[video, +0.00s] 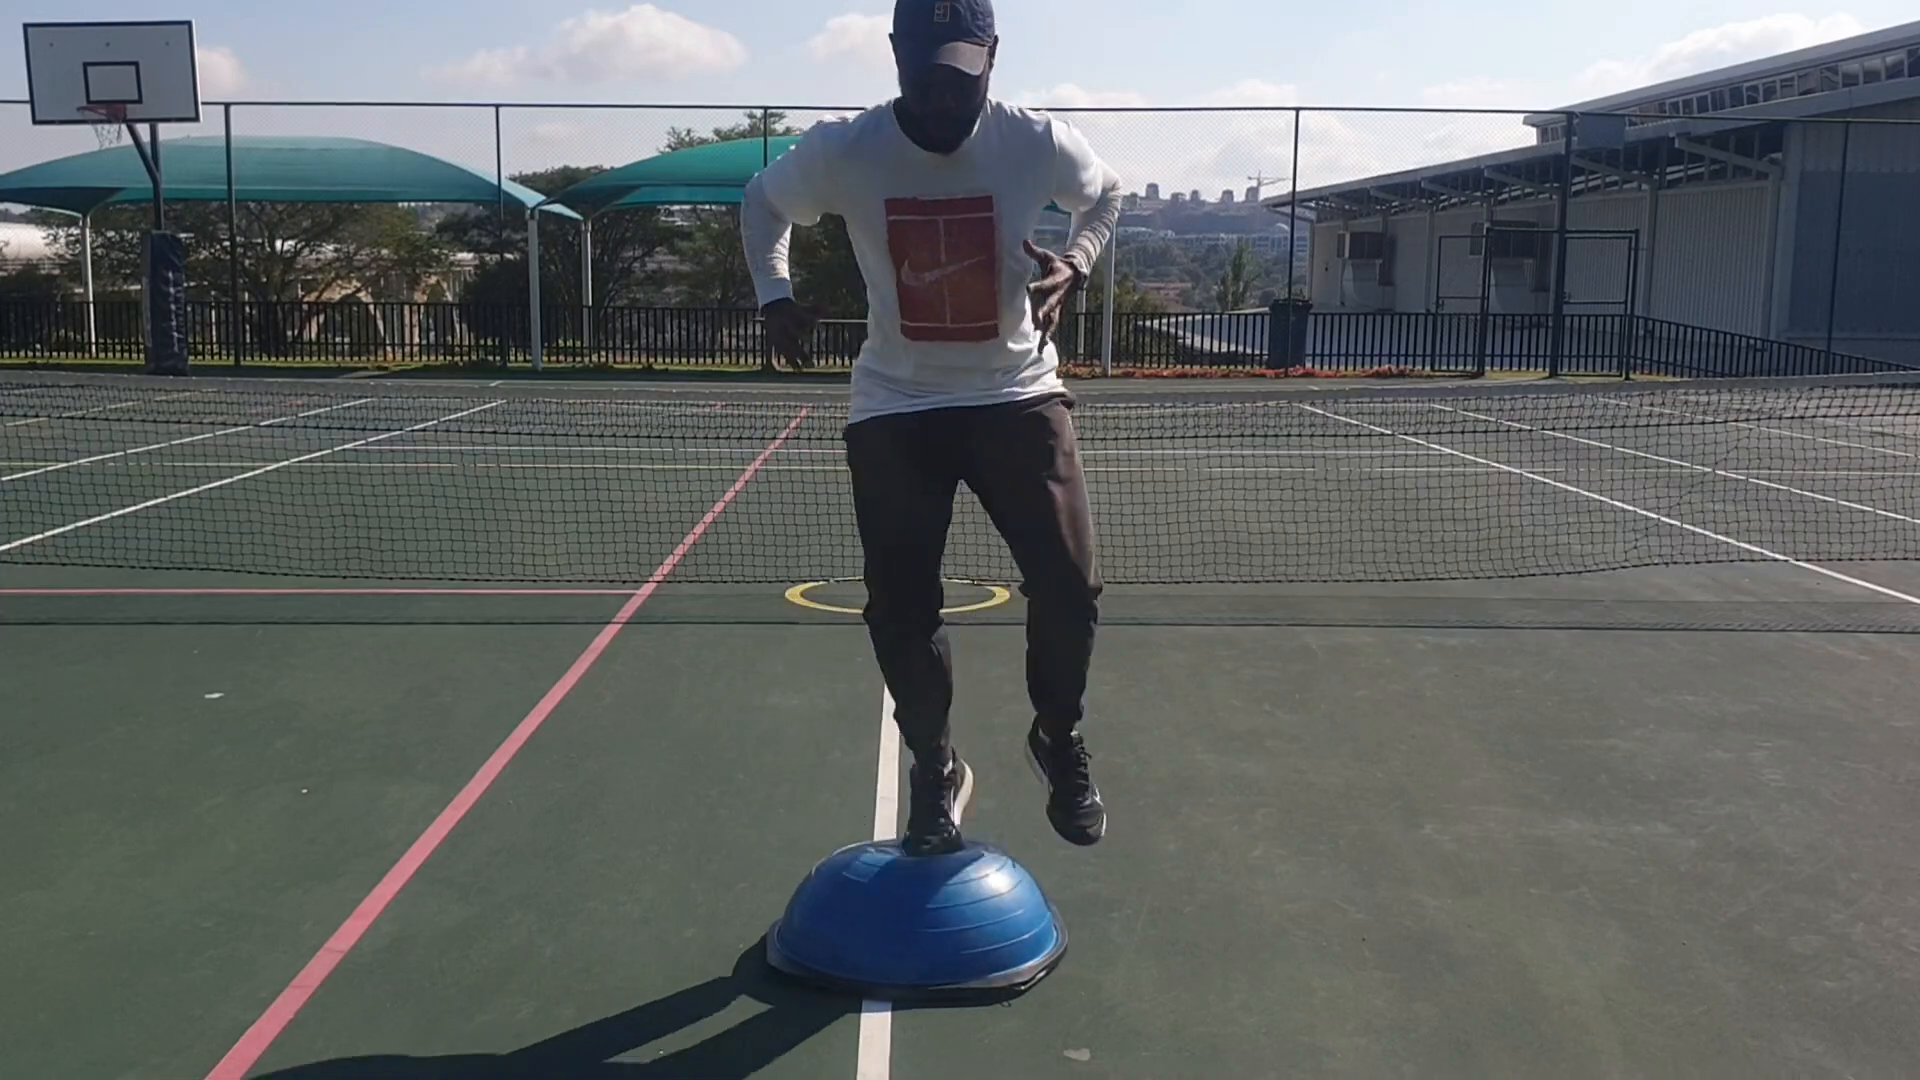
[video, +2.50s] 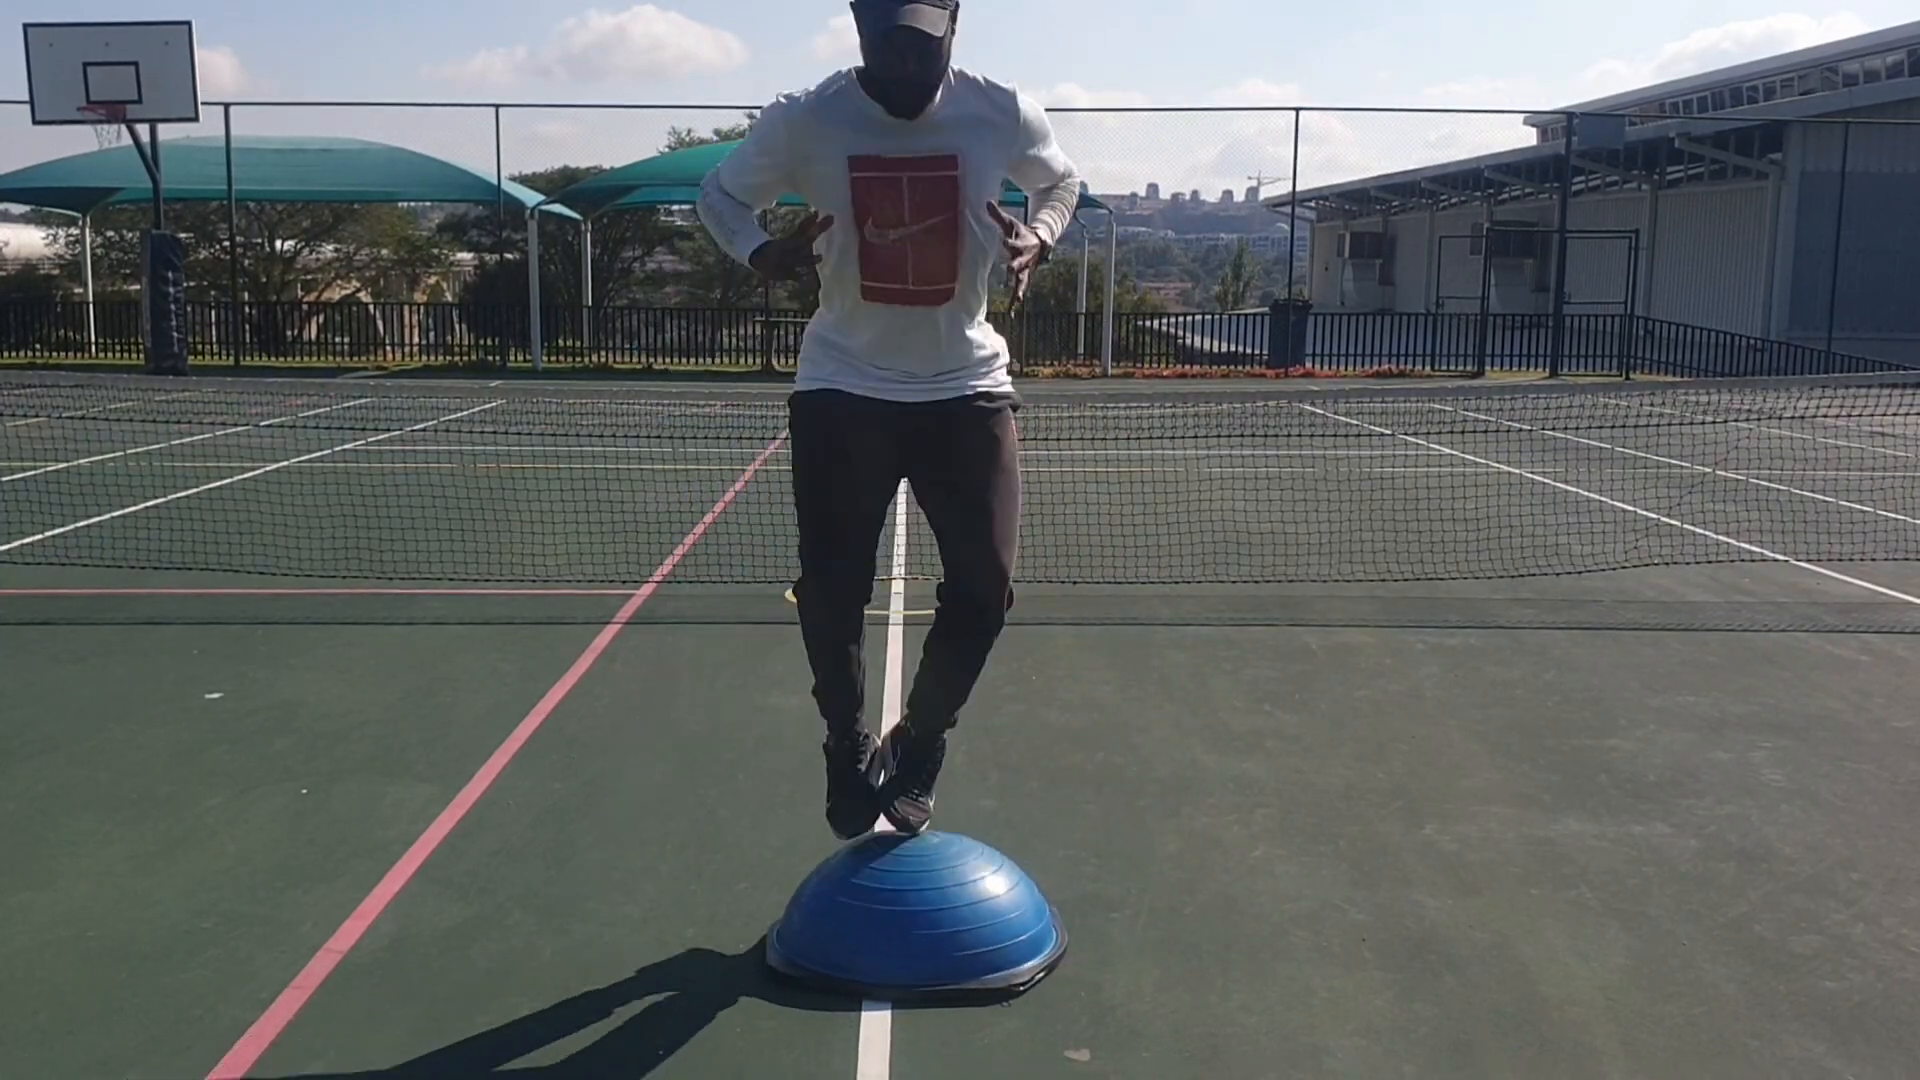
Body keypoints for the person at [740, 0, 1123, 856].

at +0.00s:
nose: (953, 97)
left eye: (968, 79)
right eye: (935, 79)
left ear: (992, 64)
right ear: (900, 60)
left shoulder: (1035, 143)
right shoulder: (841, 152)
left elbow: (1102, 198)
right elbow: (761, 204)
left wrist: (1077, 258)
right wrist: (775, 295)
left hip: (1018, 397)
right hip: (896, 405)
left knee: (1071, 587)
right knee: (900, 611)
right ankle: (933, 771)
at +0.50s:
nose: (944, 96)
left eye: (961, 80)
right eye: (928, 76)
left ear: (987, 69)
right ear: (897, 59)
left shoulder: (1030, 150)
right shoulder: (842, 143)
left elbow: (1106, 208)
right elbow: (803, 180)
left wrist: (1063, 262)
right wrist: (804, 281)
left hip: (995, 399)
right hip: (874, 408)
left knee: (1053, 591)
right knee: (870, 615)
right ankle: (911, 769)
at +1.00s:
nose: (867, 131)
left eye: (883, 113)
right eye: (850, 113)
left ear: (913, 108)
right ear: (819, 108)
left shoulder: (963, 209)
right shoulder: (766, 204)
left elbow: (1006, 279)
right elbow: (709, 294)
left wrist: (977, 311)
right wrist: (738, 339)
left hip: (905, 469)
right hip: (782, 474)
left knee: (912, 662)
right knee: (727, 670)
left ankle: (875, 826)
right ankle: (667, 841)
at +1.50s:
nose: (974, 243)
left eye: (991, 223)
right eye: (957, 224)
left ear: (1017, 209)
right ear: (927, 214)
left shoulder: (1076, 294)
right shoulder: (883, 302)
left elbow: (1145, 384)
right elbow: (862, 374)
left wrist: (1109, 435)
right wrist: (892, 433)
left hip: (1070, 531)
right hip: (947, 526)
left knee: (1141, 713)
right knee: (898, 681)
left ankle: (1187, 868)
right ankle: (936, 807)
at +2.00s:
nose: (870, 102)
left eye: (885, 83)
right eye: (852, 83)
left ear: (913, 67)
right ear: (820, 68)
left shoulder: (960, 152)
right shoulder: (767, 145)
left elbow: (1001, 194)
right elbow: (686, 196)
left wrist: (975, 260)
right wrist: (723, 283)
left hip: (906, 425)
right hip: (782, 424)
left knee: (918, 629)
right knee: (727, 620)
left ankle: (871, 794)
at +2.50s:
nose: (902, 63)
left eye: (920, 41)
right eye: (884, 40)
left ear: (951, 32)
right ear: (859, 34)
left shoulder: (1005, 116)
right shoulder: (804, 123)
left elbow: (1060, 185)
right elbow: (717, 196)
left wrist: (1039, 232)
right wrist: (762, 250)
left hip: (967, 382)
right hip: (844, 382)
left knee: (983, 589)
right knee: (833, 587)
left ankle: (914, 764)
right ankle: (845, 753)